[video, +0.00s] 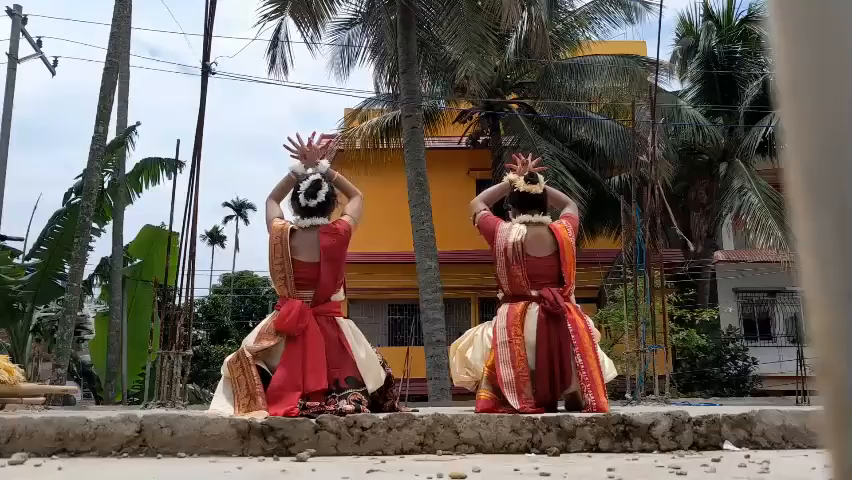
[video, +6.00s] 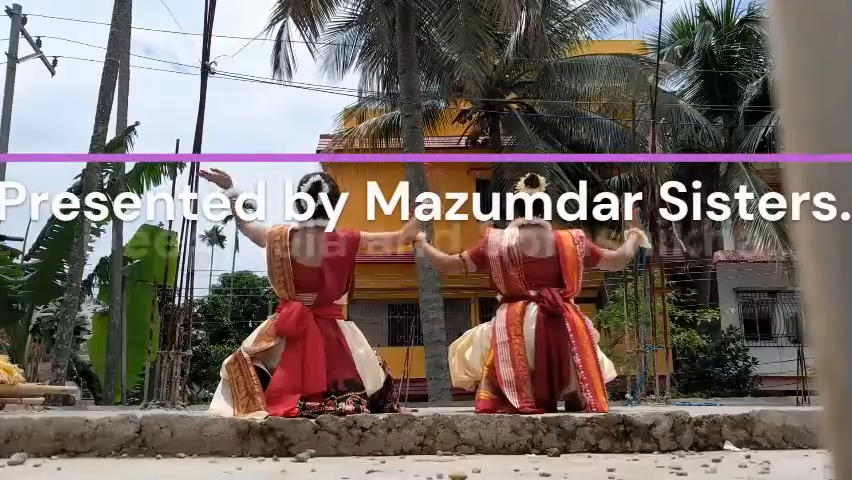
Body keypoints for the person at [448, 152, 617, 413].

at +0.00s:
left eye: (509, 207)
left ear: (511, 209)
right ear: (546, 207)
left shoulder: (502, 234)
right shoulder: (563, 232)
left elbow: (477, 203)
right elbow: (569, 204)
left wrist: (511, 182)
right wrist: (538, 185)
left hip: (516, 319)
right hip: (562, 318)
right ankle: (575, 394)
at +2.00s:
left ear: (512, 210)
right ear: (545, 207)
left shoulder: (503, 233)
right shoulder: (563, 232)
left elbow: (480, 201)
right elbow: (569, 204)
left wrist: (509, 182)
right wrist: (542, 187)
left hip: (518, 317)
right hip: (561, 316)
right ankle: (573, 392)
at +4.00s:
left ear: (510, 206)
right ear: (544, 204)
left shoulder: (502, 233)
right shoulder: (562, 231)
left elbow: (479, 197)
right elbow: (566, 200)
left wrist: (505, 171)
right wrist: (540, 176)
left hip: (517, 320)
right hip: (562, 319)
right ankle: (575, 395)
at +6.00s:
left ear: (512, 207)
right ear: (548, 207)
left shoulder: (495, 241)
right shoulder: (571, 240)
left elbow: (449, 265)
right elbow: (617, 260)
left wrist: (419, 244)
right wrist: (633, 239)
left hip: (513, 330)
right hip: (565, 328)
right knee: (578, 403)